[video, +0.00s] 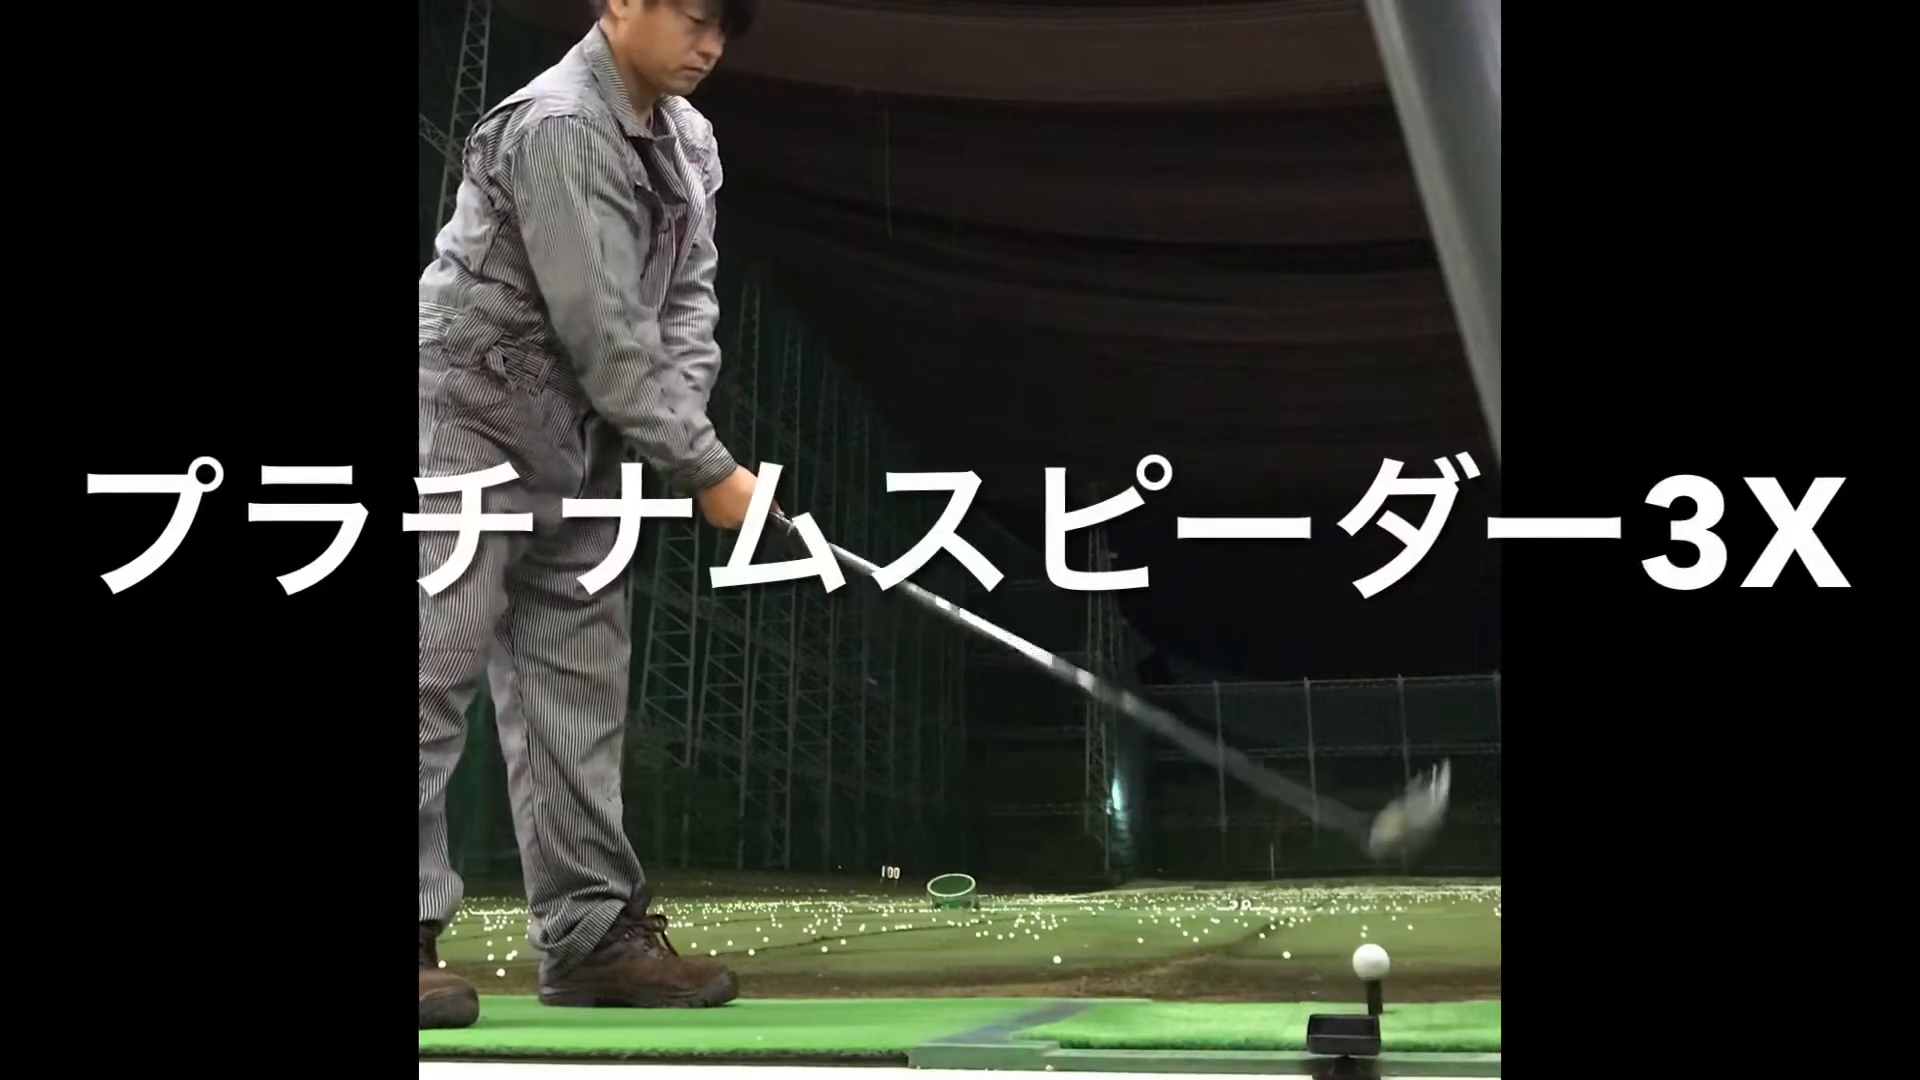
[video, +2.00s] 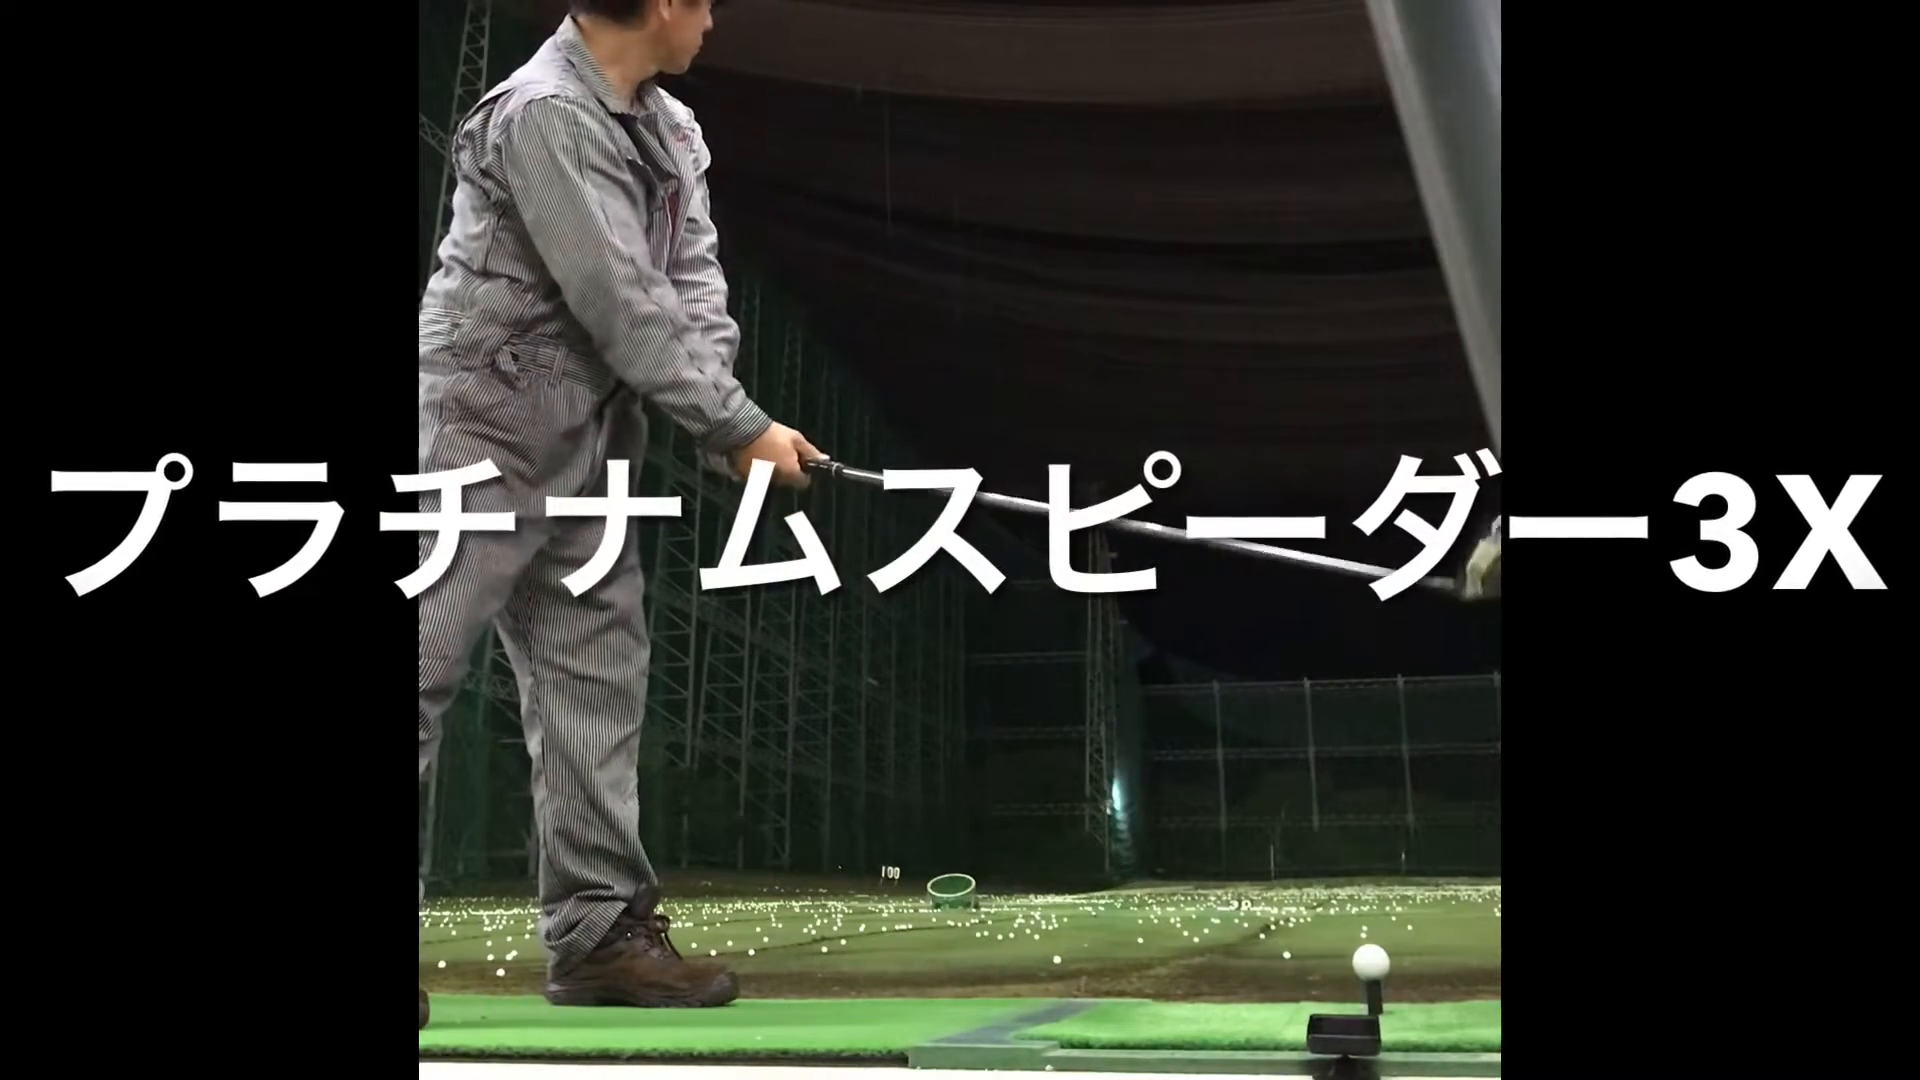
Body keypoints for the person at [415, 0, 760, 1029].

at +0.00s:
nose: (708, 45)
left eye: (721, 26)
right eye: (687, 19)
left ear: (727, 32)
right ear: (617, 9)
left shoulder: (692, 136)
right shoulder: (561, 124)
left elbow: (692, 302)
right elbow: (601, 331)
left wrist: (673, 424)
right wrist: (710, 469)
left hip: (576, 435)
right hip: (463, 416)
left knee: (574, 679)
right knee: (437, 670)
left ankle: (591, 940)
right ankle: (417, 945)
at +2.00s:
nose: (710, 18)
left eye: (709, 5)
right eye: (704, 4)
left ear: (656, 12)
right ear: (663, 8)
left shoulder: (672, 125)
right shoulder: (546, 111)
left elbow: (695, 285)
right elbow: (617, 298)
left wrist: (723, 418)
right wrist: (743, 427)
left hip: (579, 455)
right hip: (471, 443)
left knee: (594, 679)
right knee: (426, 686)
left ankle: (597, 936)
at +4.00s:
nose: (669, 26)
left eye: (679, 11)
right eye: (650, 4)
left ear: (681, 25)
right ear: (581, 4)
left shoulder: (657, 130)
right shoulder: (539, 110)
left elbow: (690, 270)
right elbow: (620, 286)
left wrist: (720, 407)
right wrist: (726, 426)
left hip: (585, 438)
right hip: (474, 426)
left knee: (595, 671)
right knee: (428, 670)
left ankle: (597, 935)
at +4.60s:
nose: (653, 30)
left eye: (670, 20)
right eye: (638, 5)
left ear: (673, 42)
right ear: (574, 2)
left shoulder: (682, 132)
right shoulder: (469, 105)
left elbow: (680, 240)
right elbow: (512, 236)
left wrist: (645, 335)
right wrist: (590, 342)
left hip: (604, 428)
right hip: (460, 421)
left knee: (629, 677)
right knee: (420, 656)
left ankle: (600, 935)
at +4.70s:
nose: (653, 33)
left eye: (672, 26)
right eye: (639, 7)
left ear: (676, 48)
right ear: (577, 2)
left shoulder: (685, 130)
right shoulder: (454, 95)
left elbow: (620, 194)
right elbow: (440, 178)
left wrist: (492, 228)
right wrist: (446, 225)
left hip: (591, 430)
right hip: (441, 413)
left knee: (634, 683)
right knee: (416, 640)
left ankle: (601, 936)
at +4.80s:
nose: (651, 30)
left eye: (672, 24)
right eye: (636, 5)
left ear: (678, 47)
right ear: (578, 4)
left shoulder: (677, 120)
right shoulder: (472, 84)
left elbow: (556, 108)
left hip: (572, 405)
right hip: (435, 386)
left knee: (624, 673)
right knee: (420, 620)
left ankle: (607, 930)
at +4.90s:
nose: (634, 24)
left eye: (647, 21)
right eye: (628, 7)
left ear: (656, 33)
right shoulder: (448, 77)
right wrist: (533, 31)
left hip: (533, 377)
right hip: (427, 378)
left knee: (610, 658)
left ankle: (622, 913)